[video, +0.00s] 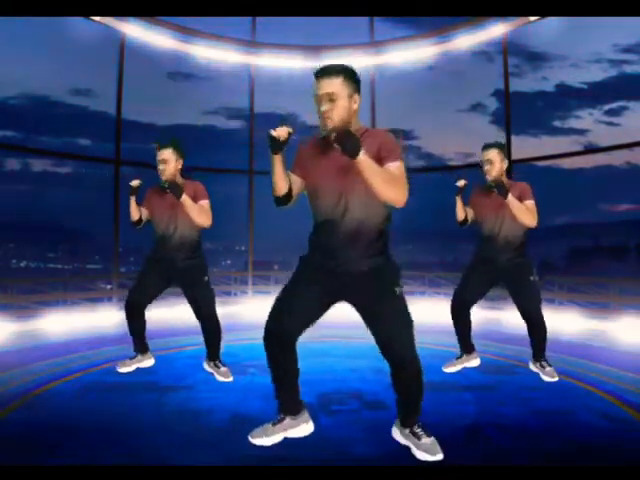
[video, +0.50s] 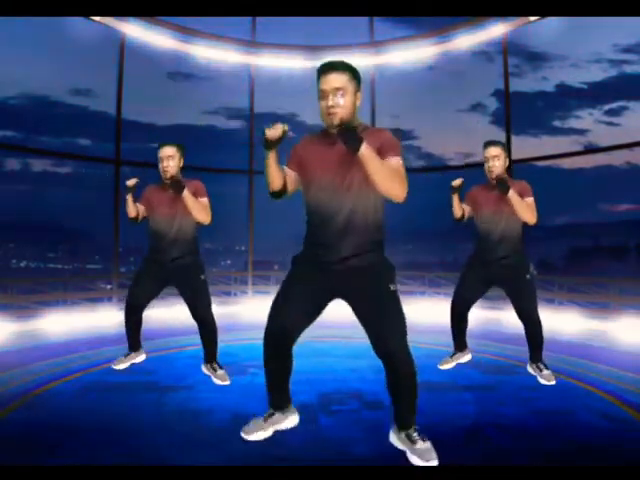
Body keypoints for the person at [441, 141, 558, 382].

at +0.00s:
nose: (485, 168)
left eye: (490, 162)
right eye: (483, 163)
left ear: (504, 163)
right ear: (481, 166)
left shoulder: (521, 189)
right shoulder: (479, 193)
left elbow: (531, 220)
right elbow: (463, 219)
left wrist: (506, 194)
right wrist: (459, 195)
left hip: (516, 263)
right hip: (486, 263)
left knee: (533, 314)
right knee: (459, 304)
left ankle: (539, 360)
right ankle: (467, 353)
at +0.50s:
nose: (492, 163)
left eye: (496, 158)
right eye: (488, 159)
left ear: (506, 160)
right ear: (483, 163)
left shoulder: (520, 188)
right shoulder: (477, 192)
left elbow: (530, 217)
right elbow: (460, 215)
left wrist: (507, 190)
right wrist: (455, 194)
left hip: (513, 264)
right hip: (482, 263)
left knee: (530, 316)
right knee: (458, 306)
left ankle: (536, 362)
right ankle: (460, 351)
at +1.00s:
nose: (494, 160)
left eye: (498, 154)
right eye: (491, 155)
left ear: (512, 155)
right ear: (489, 158)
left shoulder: (528, 183)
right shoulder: (482, 185)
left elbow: (542, 211)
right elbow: (456, 195)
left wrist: (518, 185)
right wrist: (442, 180)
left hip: (520, 260)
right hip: (489, 259)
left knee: (536, 313)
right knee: (466, 301)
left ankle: (537, 362)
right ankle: (465, 350)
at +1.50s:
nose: (482, 161)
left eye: (485, 157)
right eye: (482, 157)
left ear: (496, 156)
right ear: (494, 157)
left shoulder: (507, 175)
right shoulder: (493, 179)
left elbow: (471, 183)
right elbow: (482, 208)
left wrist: (447, 173)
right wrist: (480, 182)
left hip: (508, 257)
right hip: (490, 256)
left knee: (517, 312)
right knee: (467, 298)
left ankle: (546, 360)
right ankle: (467, 352)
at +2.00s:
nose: (481, 162)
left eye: (485, 157)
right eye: (481, 158)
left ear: (500, 157)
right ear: (489, 160)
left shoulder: (523, 182)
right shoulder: (488, 190)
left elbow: (530, 210)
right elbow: (473, 216)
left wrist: (503, 184)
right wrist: (464, 195)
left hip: (519, 262)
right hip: (492, 260)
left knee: (529, 316)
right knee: (460, 294)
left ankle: (548, 364)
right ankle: (458, 342)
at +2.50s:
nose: (465, 154)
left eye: (469, 149)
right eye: (464, 150)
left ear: (484, 151)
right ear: (466, 154)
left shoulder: (504, 174)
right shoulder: (466, 184)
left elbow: (511, 203)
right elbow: (451, 206)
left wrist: (484, 179)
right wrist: (444, 184)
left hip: (501, 251)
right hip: (472, 251)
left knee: (521, 304)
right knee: (450, 293)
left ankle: (532, 352)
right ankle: (443, 341)